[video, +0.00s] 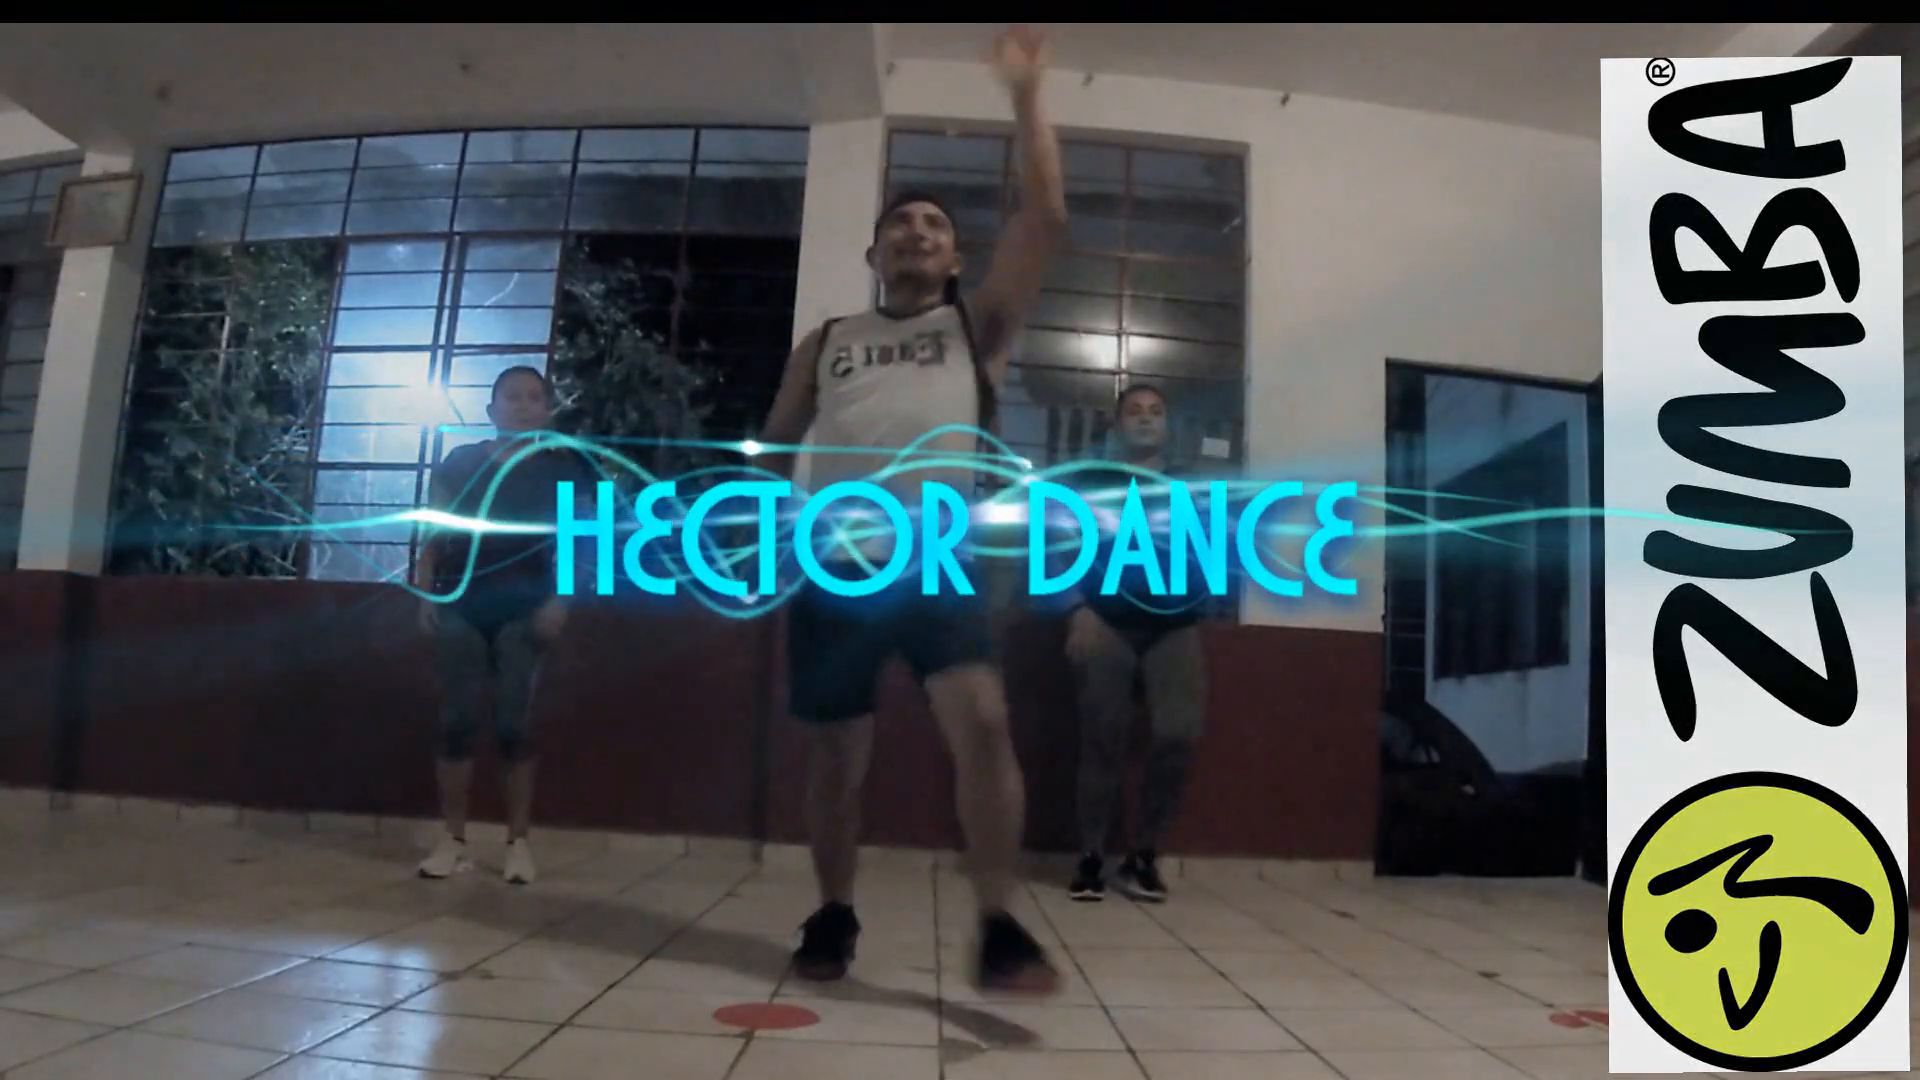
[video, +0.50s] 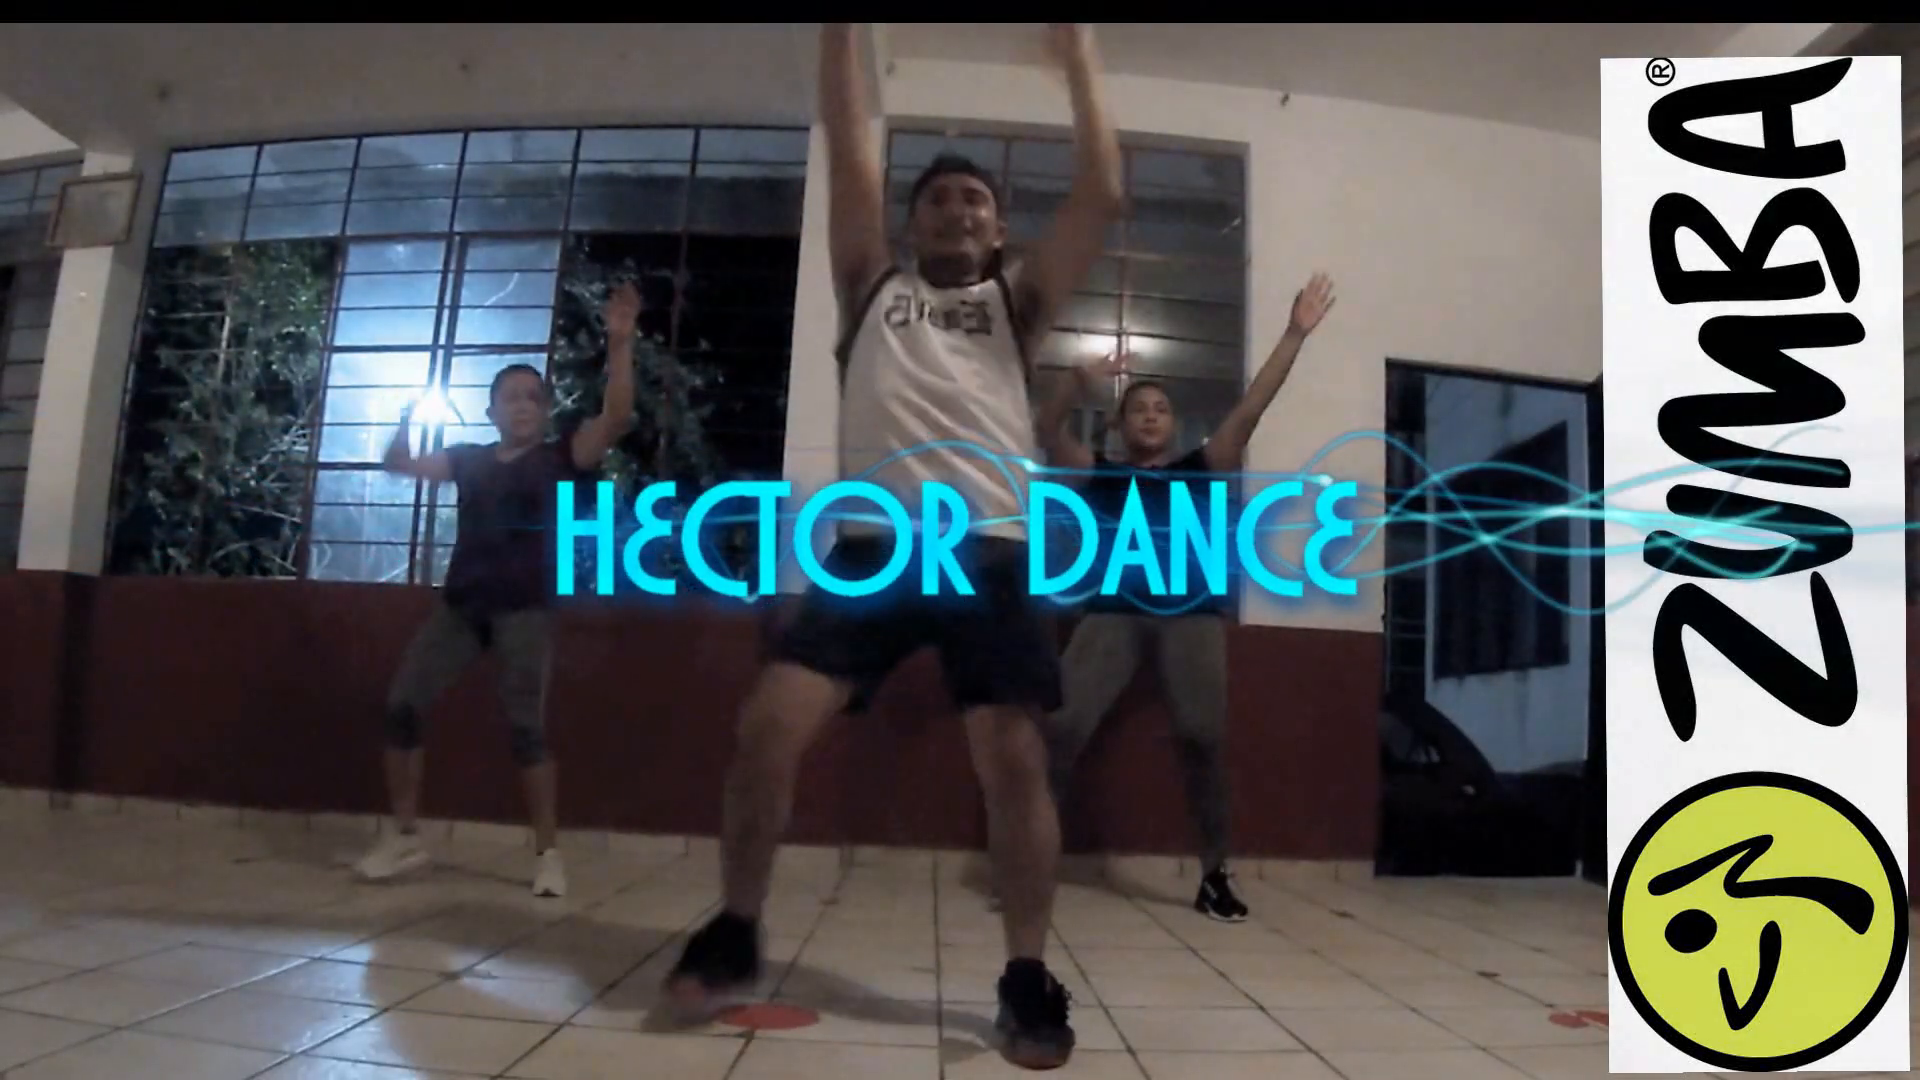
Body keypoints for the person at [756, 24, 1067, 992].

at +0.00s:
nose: (921, 232)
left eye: (936, 225)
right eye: (904, 225)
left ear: (955, 255)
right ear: (874, 254)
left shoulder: (978, 326)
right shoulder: (827, 342)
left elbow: (1044, 212)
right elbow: (771, 453)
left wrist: (1028, 86)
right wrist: (759, 546)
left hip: (942, 568)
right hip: (834, 569)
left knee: (983, 727)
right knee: (836, 755)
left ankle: (997, 928)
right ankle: (832, 918)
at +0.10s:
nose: (939, 229)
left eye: (951, 227)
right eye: (919, 224)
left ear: (970, 264)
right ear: (886, 258)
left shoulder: (989, 319)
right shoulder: (842, 355)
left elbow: (1028, 190)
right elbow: (793, 464)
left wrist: (1047, 64)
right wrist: (774, 547)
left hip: (949, 570)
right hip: (843, 572)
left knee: (970, 757)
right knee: (838, 751)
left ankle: (1022, 970)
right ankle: (836, 915)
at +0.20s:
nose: (947, 231)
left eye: (961, 228)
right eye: (929, 227)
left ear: (986, 263)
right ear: (900, 265)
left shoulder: (1007, 321)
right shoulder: (862, 367)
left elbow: (1044, 186)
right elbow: (801, 470)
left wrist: (1054, 64)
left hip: (963, 581)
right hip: (856, 580)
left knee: (992, 765)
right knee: (825, 765)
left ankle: (1024, 978)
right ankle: (834, 910)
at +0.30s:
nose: (957, 226)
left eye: (973, 222)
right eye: (939, 221)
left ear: (997, 253)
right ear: (913, 258)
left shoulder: (1024, 314)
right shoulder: (880, 356)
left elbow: (1062, 173)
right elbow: (782, 366)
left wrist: (1069, 55)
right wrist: (843, 249)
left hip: (983, 585)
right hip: (873, 581)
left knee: (1006, 767)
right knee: (760, 743)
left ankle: (1025, 979)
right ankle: (822, 866)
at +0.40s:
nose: (960, 208)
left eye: (978, 204)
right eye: (942, 205)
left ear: (1004, 240)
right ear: (916, 241)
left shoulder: (1026, 307)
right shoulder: (876, 320)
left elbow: (1071, 168)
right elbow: (796, 231)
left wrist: (1081, 46)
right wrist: (852, 109)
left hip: (990, 580)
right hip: (868, 571)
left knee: (1020, 761)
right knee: (742, 711)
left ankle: (1028, 977)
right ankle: (791, 874)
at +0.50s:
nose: (954, 208)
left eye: (973, 202)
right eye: (938, 201)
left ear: (1000, 237)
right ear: (909, 228)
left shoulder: (1016, 306)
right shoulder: (873, 289)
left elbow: (1102, 192)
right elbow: (849, 145)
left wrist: (1078, 54)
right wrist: (844, 24)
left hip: (994, 568)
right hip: (867, 561)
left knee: (1014, 753)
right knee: (766, 724)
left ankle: (1030, 977)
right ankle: (736, 933)